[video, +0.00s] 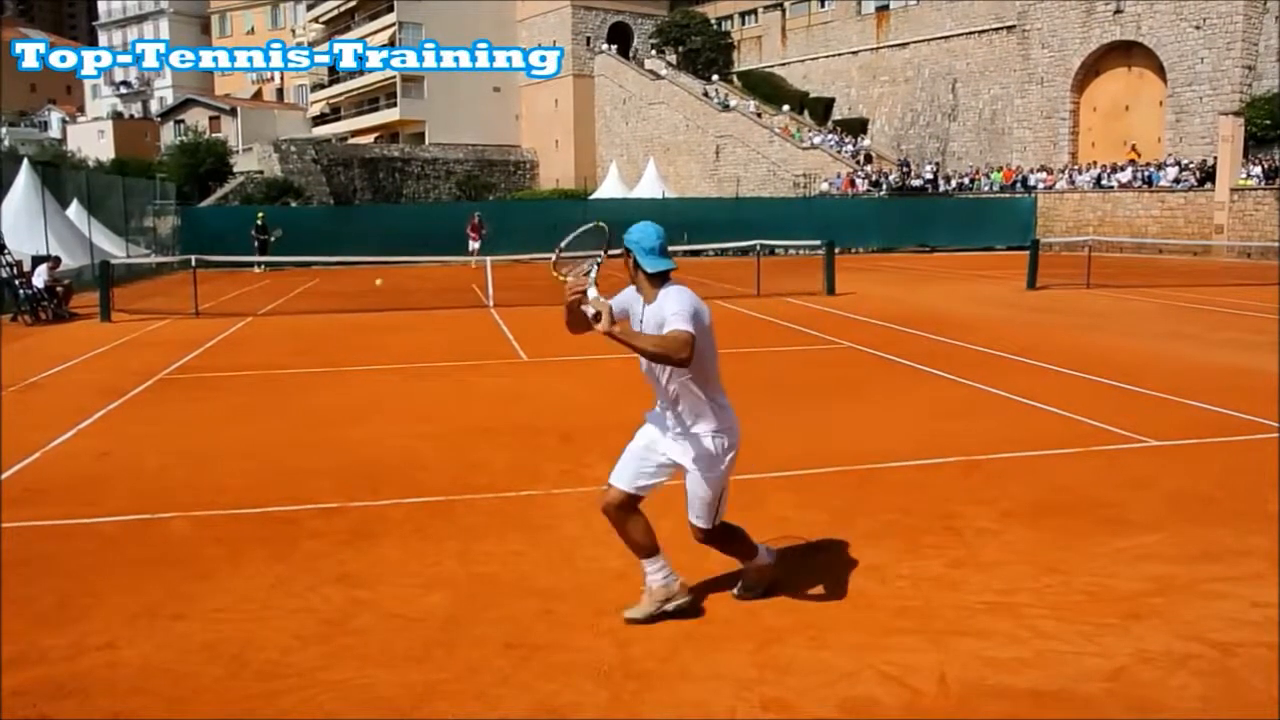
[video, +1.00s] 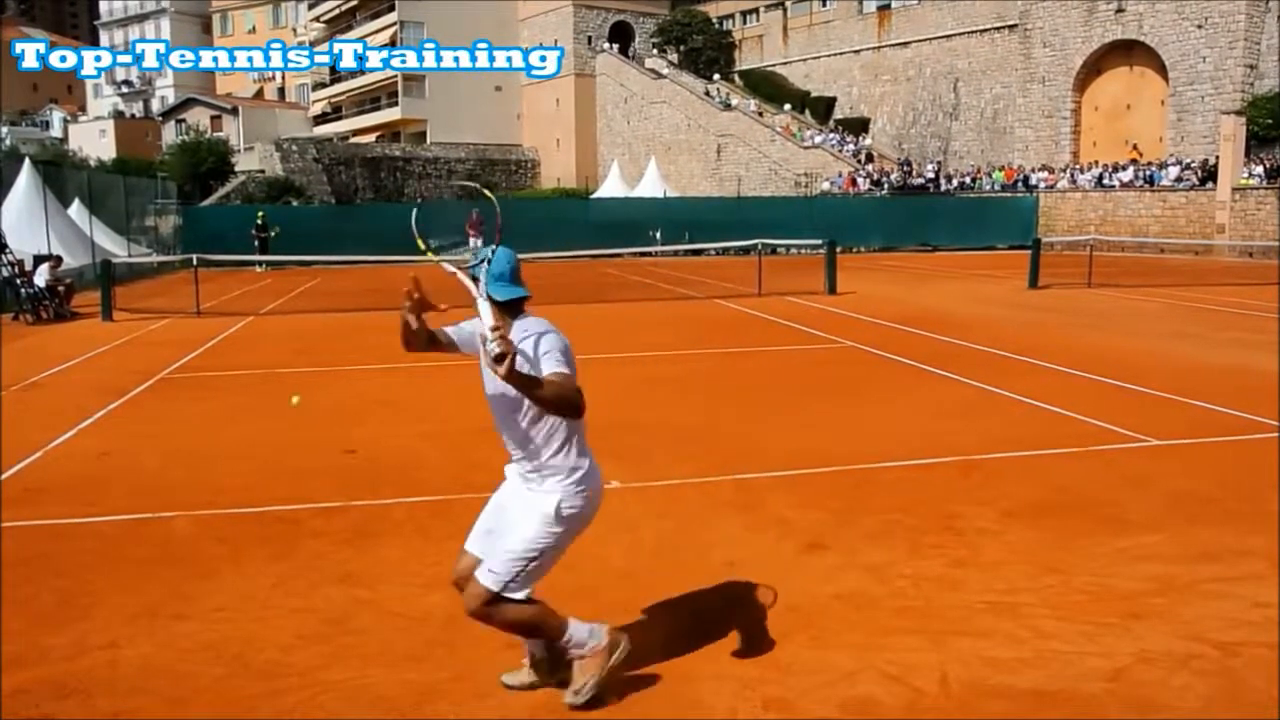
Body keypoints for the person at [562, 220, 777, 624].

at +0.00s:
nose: (623, 262)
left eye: (625, 256)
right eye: (625, 257)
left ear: (633, 261)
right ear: (660, 259)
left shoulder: (680, 301)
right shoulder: (632, 298)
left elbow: (681, 352)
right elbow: (579, 325)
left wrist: (617, 331)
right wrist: (573, 301)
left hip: (708, 433)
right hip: (665, 424)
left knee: (705, 529)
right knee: (617, 502)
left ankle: (761, 561)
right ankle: (664, 586)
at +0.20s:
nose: (600, 263)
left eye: (604, 257)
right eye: (603, 257)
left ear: (614, 261)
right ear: (638, 259)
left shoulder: (659, 301)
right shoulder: (609, 298)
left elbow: (661, 353)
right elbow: (556, 316)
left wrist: (599, 327)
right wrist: (555, 294)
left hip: (691, 438)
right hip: (646, 429)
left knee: (702, 529)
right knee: (588, 504)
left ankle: (757, 559)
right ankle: (620, 609)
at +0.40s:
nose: (555, 273)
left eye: (558, 265)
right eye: (556, 266)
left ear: (569, 270)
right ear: (588, 268)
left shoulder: (617, 309)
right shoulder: (573, 308)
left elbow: (625, 364)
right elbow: (513, 312)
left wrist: (572, 333)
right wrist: (515, 285)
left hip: (649, 454)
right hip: (606, 448)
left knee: (667, 548)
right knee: (547, 528)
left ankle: (738, 552)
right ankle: (557, 648)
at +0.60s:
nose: (538, 282)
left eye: (541, 275)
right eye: (541, 276)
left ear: (549, 277)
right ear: (573, 276)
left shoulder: (599, 316)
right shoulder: (551, 314)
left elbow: (609, 375)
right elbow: (490, 316)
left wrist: (557, 340)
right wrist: (494, 286)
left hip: (630, 461)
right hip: (586, 457)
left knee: (632, 573)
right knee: (526, 539)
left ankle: (714, 556)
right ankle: (555, 657)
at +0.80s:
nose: (522, 302)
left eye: (526, 293)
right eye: (515, 294)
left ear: (529, 291)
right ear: (504, 292)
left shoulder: (563, 333)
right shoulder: (504, 326)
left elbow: (583, 395)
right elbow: (444, 333)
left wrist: (525, 361)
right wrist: (441, 307)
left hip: (587, 480)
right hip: (542, 471)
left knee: (530, 607)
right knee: (487, 565)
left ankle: (641, 602)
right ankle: (550, 656)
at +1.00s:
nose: (491, 305)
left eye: (491, 296)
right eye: (488, 297)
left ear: (484, 293)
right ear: (511, 290)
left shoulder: (544, 339)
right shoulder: (480, 330)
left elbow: (573, 404)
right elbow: (418, 342)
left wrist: (512, 375)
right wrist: (412, 314)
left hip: (565, 486)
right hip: (523, 476)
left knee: (481, 602)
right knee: (466, 575)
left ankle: (596, 641)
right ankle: (548, 660)